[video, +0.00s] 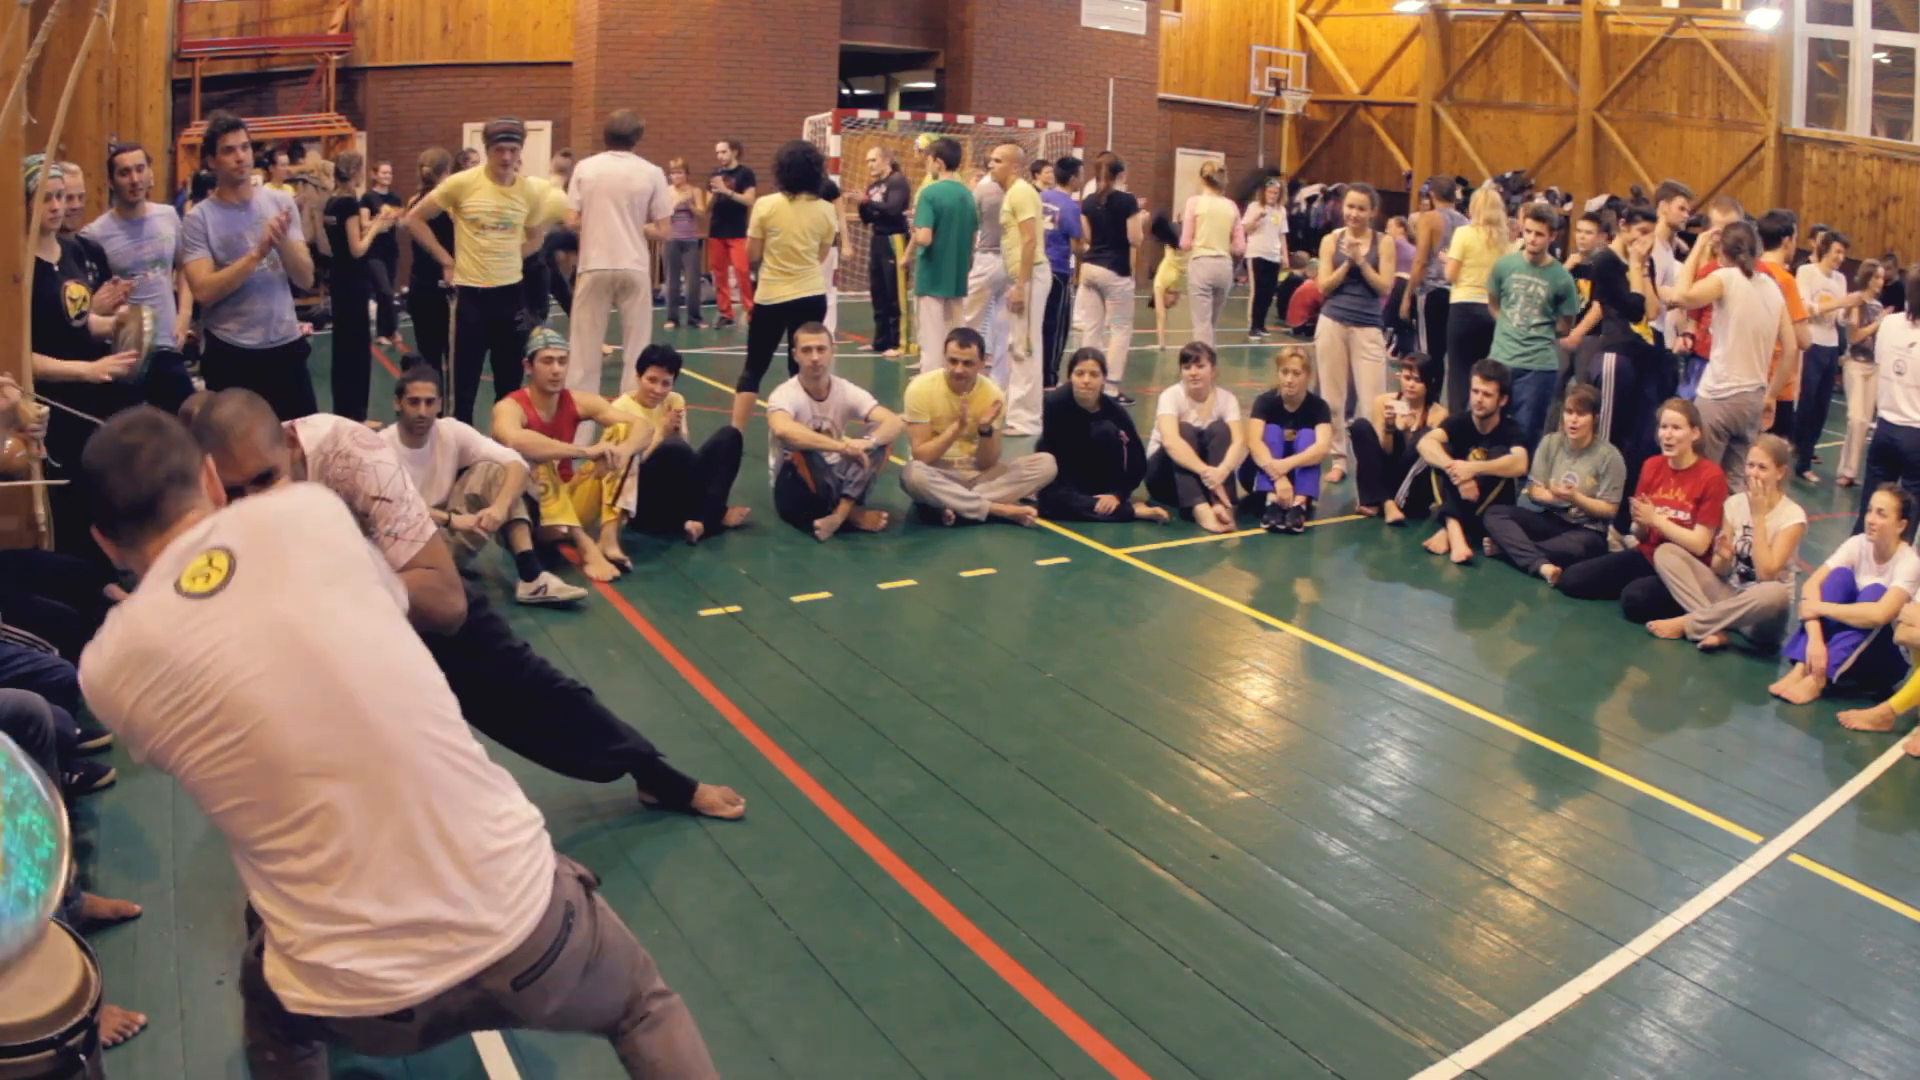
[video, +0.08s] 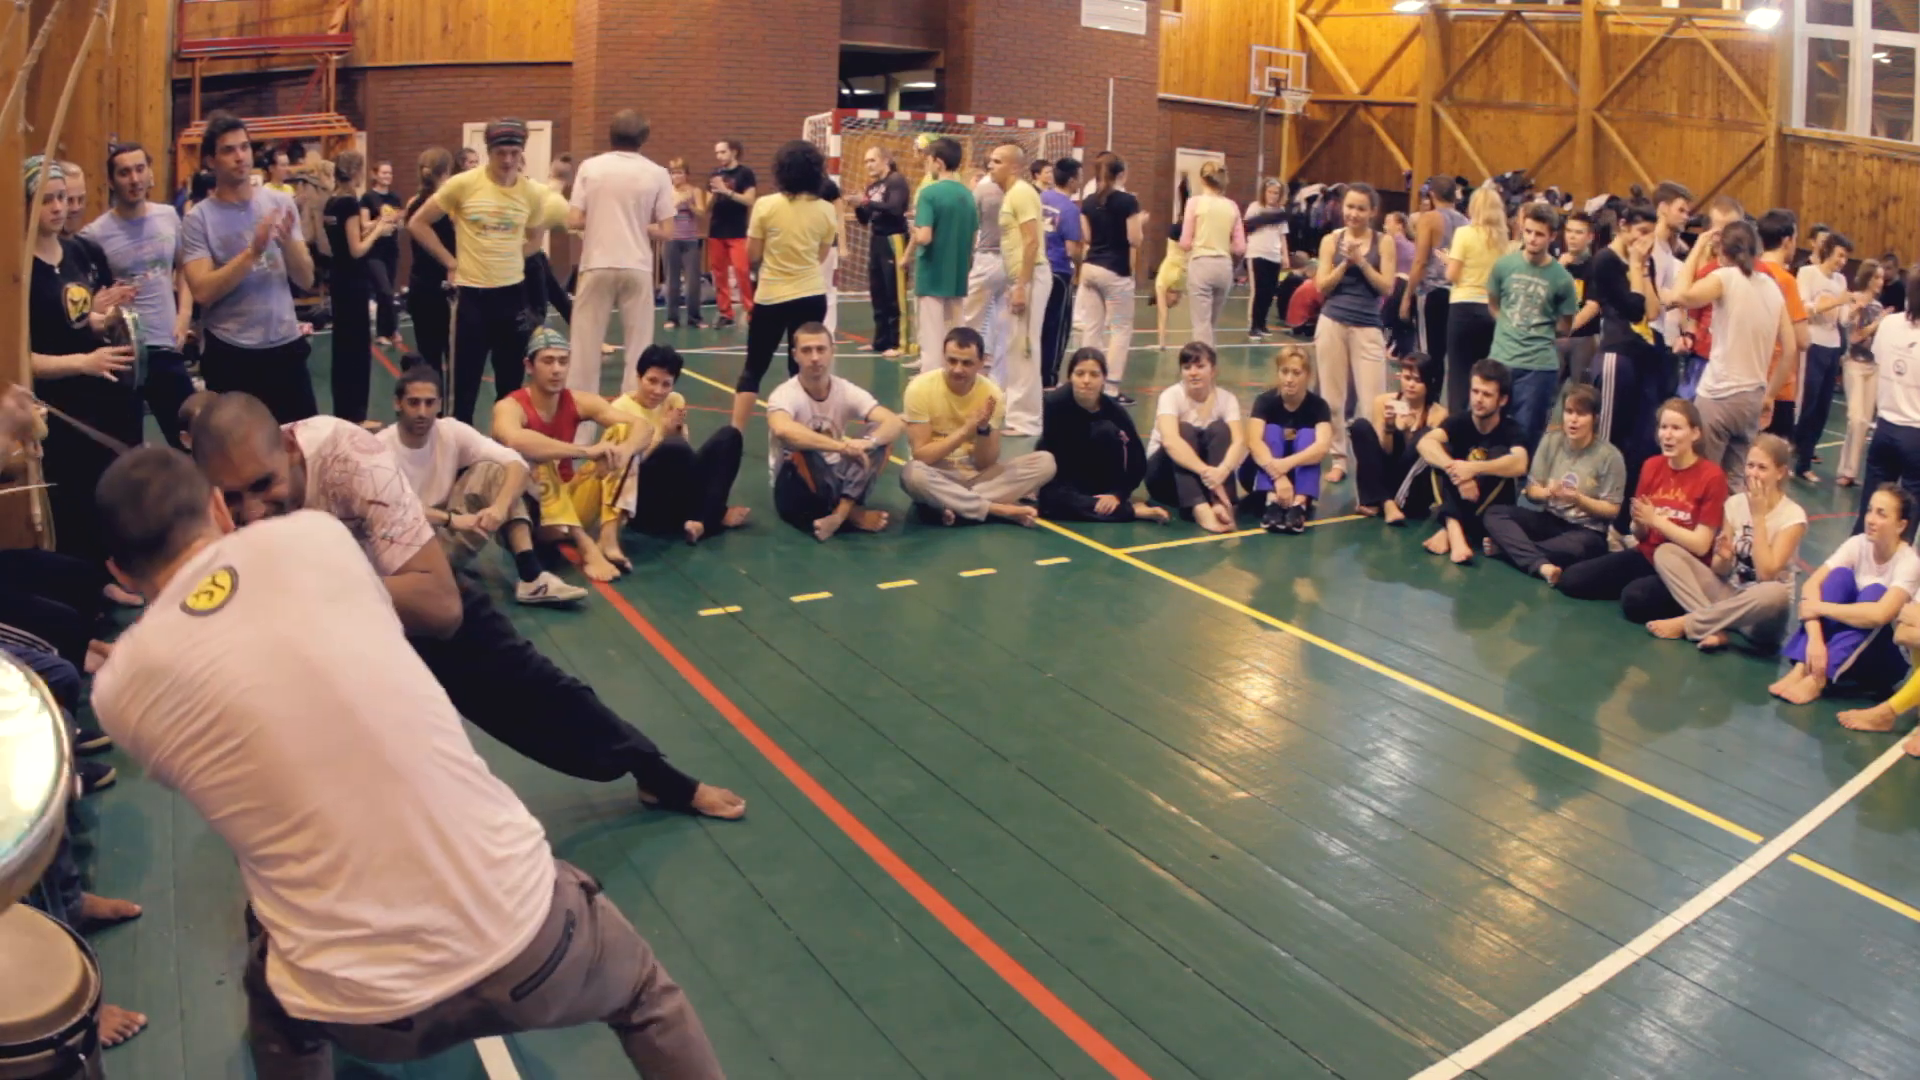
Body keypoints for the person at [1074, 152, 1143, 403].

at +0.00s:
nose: (1125, 176)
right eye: (1123, 173)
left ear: (1098, 173)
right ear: (1120, 174)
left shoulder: (1088, 201)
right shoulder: (1127, 201)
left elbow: (1087, 236)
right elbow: (1135, 238)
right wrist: (1139, 221)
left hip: (1090, 264)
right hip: (1117, 269)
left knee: (1090, 327)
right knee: (1120, 328)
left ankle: (1086, 384)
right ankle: (1111, 387)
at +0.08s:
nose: (1126, 176)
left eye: (1123, 172)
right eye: (1124, 172)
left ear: (1099, 173)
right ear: (1120, 174)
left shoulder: (1088, 201)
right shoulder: (1127, 201)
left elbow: (1086, 236)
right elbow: (1135, 239)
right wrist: (1140, 222)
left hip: (1091, 264)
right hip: (1117, 269)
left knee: (1091, 327)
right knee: (1120, 328)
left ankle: (1086, 384)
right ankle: (1111, 387)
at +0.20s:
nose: (1125, 176)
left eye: (1124, 172)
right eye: (1124, 173)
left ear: (1099, 174)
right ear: (1120, 174)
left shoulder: (1088, 201)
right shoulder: (1127, 201)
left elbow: (1087, 236)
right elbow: (1134, 239)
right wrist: (1140, 222)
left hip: (1091, 264)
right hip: (1117, 269)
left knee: (1091, 327)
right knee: (1121, 328)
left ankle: (1087, 383)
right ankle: (1111, 386)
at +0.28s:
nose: (1126, 176)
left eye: (1123, 172)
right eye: (1124, 172)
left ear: (1099, 174)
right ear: (1120, 174)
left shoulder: (1088, 201)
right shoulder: (1127, 200)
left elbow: (1087, 236)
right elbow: (1134, 238)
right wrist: (1140, 220)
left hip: (1091, 264)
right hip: (1117, 270)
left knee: (1091, 327)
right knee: (1120, 327)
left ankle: (1086, 384)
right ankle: (1111, 386)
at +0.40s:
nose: (1125, 175)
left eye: (1123, 171)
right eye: (1124, 172)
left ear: (1099, 173)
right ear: (1120, 174)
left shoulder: (1088, 201)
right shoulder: (1126, 200)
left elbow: (1087, 236)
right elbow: (1134, 238)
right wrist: (1142, 221)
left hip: (1091, 265)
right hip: (1117, 270)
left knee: (1091, 326)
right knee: (1120, 327)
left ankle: (1086, 384)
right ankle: (1111, 387)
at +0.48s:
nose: (1126, 175)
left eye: (1123, 170)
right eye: (1124, 171)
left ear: (1099, 173)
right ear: (1120, 174)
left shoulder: (1089, 201)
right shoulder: (1127, 201)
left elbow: (1087, 236)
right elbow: (1134, 238)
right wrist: (1141, 221)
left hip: (1091, 264)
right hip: (1117, 269)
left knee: (1091, 326)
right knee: (1120, 327)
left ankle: (1086, 383)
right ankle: (1111, 386)